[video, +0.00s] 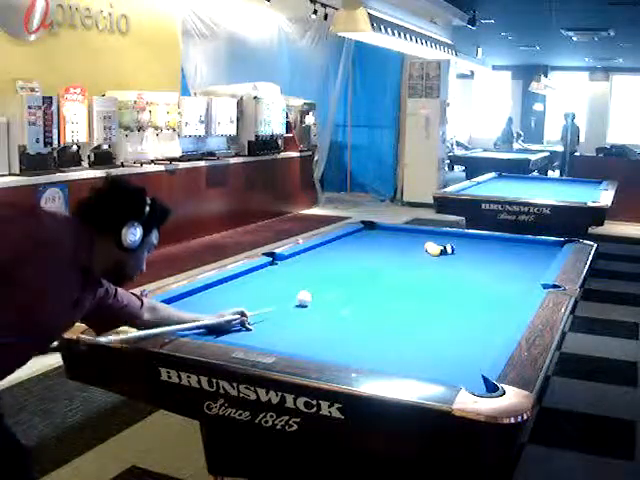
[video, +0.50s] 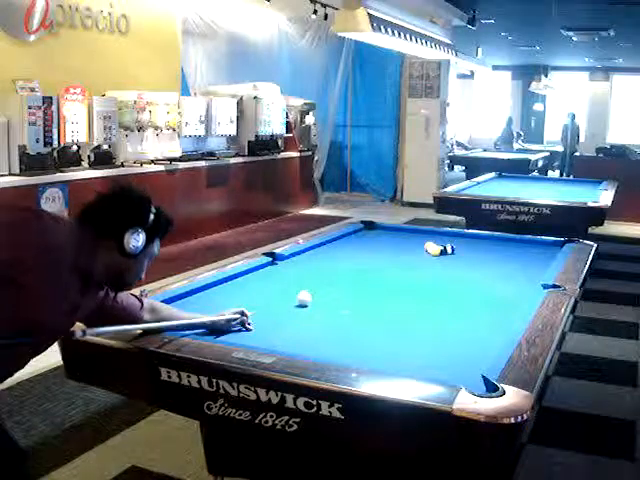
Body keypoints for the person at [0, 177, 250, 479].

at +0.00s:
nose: (146, 265)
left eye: (151, 252)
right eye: (149, 250)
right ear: (128, 236)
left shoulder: (82, 284)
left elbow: (145, 310)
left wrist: (211, 322)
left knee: (19, 457)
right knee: (17, 459)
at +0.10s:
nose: (146, 268)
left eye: (151, 257)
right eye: (148, 254)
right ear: (127, 239)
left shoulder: (83, 287)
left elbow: (147, 312)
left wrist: (211, 322)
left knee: (19, 457)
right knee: (17, 457)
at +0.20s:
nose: (146, 270)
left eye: (151, 259)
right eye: (148, 256)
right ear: (128, 241)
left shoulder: (85, 285)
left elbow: (148, 313)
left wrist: (214, 323)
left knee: (19, 456)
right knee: (17, 456)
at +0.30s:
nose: (146, 271)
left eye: (151, 260)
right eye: (149, 258)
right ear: (129, 243)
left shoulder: (83, 284)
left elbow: (147, 313)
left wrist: (212, 322)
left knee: (20, 456)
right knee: (18, 456)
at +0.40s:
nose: (145, 271)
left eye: (151, 260)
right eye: (149, 258)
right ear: (130, 242)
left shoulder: (84, 287)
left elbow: (148, 312)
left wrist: (213, 323)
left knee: (19, 457)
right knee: (17, 457)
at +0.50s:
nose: (145, 272)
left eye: (151, 261)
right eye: (149, 259)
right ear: (130, 243)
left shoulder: (84, 287)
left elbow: (146, 311)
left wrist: (212, 324)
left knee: (19, 456)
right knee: (16, 456)